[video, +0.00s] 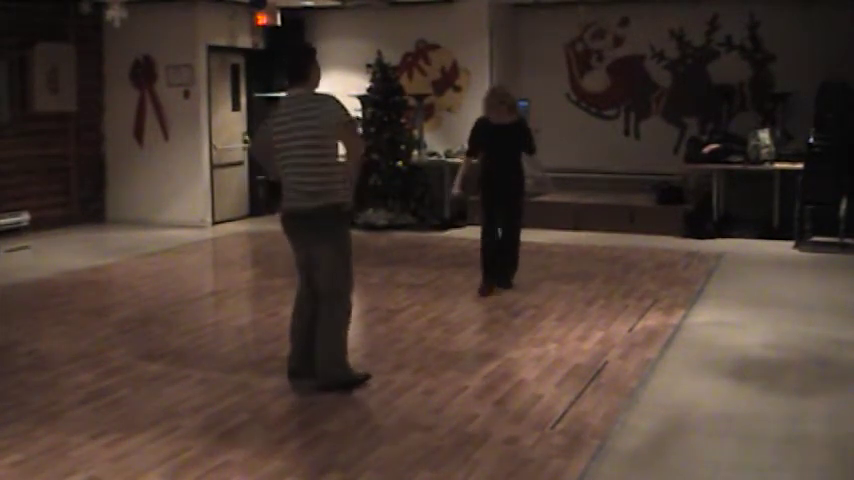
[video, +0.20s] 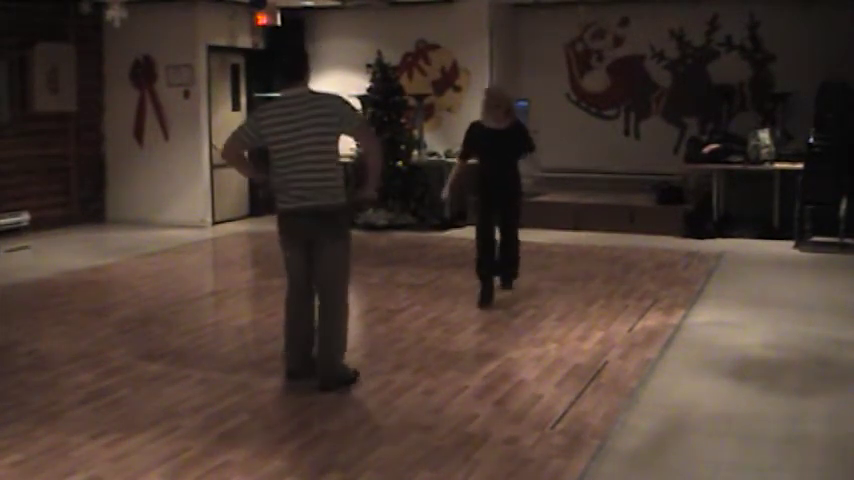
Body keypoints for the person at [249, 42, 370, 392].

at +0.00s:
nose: (320, 72)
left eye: (316, 66)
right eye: (317, 66)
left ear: (287, 73)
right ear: (312, 70)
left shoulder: (279, 112)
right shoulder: (328, 104)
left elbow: (259, 151)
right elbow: (356, 146)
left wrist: (282, 176)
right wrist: (349, 185)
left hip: (294, 212)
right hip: (328, 210)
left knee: (308, 286)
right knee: (336, 290)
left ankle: (300, 364)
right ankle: (333, 369)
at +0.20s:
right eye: (303, 66)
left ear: (276, 75)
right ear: (306, 70)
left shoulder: (266, 113)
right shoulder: (330, 104)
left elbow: (231, 150)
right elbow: (370, 141)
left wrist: (259, 175)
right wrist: (371, 187)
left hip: (290, 214)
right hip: (331, 210)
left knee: (297, 288)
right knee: (333, 290)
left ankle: (297, 365)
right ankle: (332, 369)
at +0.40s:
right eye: (302, 67)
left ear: (275, 75)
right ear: (306, 71)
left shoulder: (263, 112)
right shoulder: (329, 107)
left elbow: (226, 150)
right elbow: (364, 142)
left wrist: (251, 181)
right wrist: (377, 172)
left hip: (287, 216)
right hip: (329, 212)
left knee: (290, 294)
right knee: (331, 296)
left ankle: (295, 368)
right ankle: (331, 376)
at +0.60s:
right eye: (301, 64)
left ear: (274, 72)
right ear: (305, 69)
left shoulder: (263, 110)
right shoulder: (327, 106)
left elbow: (228, 146)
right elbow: (361, 141)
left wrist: (240, 177)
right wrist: (381, 161)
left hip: (281, 212)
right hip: (323, 209)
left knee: (282, 290)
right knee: (325, 291)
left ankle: (292, 365)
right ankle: (328, 374)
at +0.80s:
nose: (304, 70)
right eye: (303, 64)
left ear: (273, 70)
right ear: (303, 69)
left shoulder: (260, 110)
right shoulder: (322, 107)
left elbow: (223, 149)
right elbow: (357, 142)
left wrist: (229, 189)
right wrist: (381, 159)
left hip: (279, 213)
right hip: (321, 211)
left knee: (282, 292)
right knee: (322, 291)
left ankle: (291, 365)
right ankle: (327, 373)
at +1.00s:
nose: (307, 70)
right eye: (305, 64)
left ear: (271, 70)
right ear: (303, 69)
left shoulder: (257, 109)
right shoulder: (320, 105)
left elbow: (223, 145)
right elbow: (355, 142)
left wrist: (242, 182)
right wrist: (388, 163)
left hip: (279, 211)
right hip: (322, 208)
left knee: (284, 289)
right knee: (330, 283)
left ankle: (292, 363)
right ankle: (333, 360)